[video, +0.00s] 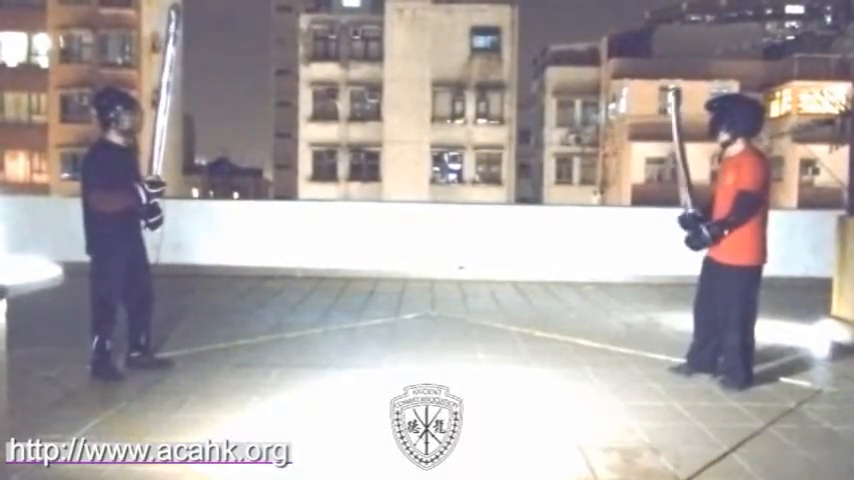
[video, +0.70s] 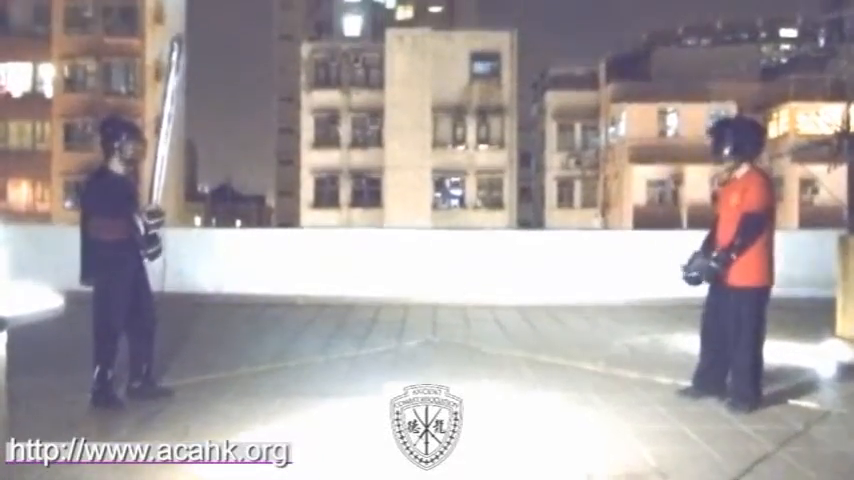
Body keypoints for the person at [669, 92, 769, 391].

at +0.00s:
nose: (714, 127)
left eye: (719, 121)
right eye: (715, 121)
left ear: (733, 126)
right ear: (731, 126)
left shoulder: (752, 162)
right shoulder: (723, 160)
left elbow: (746, 206)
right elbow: (719, 201)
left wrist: (714, 230)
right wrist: (701, 216)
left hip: (743, 254)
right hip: (719, 250)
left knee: (736, 315)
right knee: (707, 308)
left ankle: (736, 371)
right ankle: (701, 359)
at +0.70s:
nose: (719, 150)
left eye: (724, 143)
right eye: (719, 143)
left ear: (740, 145)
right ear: (726, 146)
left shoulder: (756, 182)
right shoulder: (727, 183)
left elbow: (753, 224)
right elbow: (719, 225)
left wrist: (725, 257)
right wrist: (703, 254)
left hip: (749, 276)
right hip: (724, 272)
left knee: (744, 336)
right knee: (715, 329)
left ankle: (744, 393)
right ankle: (708, 382)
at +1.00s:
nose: (709, 184)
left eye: (713, 176)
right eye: (707, 177)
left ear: (729, 176)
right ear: (715, 178)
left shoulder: (756, 209)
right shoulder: (719, 215)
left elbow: (749, 252)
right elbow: (717, 258)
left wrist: (721, 286)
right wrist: (709, 293)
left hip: (755, 303)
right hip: (728, 301)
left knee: (752, 364)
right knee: (717, 357)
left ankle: (748, 420)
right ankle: (709, 409)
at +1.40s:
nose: (702, 200)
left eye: (703, 193)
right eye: (700, 195)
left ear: (717, 187)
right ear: (717, 189)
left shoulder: (748, 210)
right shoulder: (722, 215)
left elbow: (744, 254)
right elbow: (718, 259)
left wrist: (719, 289)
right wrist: (707, 290)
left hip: (752, 304)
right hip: (727, 302)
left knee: (748, 364)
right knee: (715, 358)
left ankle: (744, 422)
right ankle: (707, 410)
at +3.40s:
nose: (719, 187)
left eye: (722, 180)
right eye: (718, 181)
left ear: (738, 178)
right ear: (736, 180)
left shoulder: (768, 206)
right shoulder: (737, 211)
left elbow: (762, 248)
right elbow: (731, 254)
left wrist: (735, 284)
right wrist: (721, 286)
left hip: (765, 301)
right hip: (739, 299)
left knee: (762, 363)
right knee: (727, 355)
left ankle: (759, 419)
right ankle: (720, 407)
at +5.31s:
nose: (711, 172)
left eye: (713, 165)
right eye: (710, 166)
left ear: (729, 162)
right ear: (726, 164)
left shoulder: (760, 191)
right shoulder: (727, 195)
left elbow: (753, 234)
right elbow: (722, 238)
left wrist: (726, 270)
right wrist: (712, 270)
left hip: (755, 285)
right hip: (730, 282)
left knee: (751, 346)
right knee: (718, 339)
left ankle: (749, 403)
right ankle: (711, 391)